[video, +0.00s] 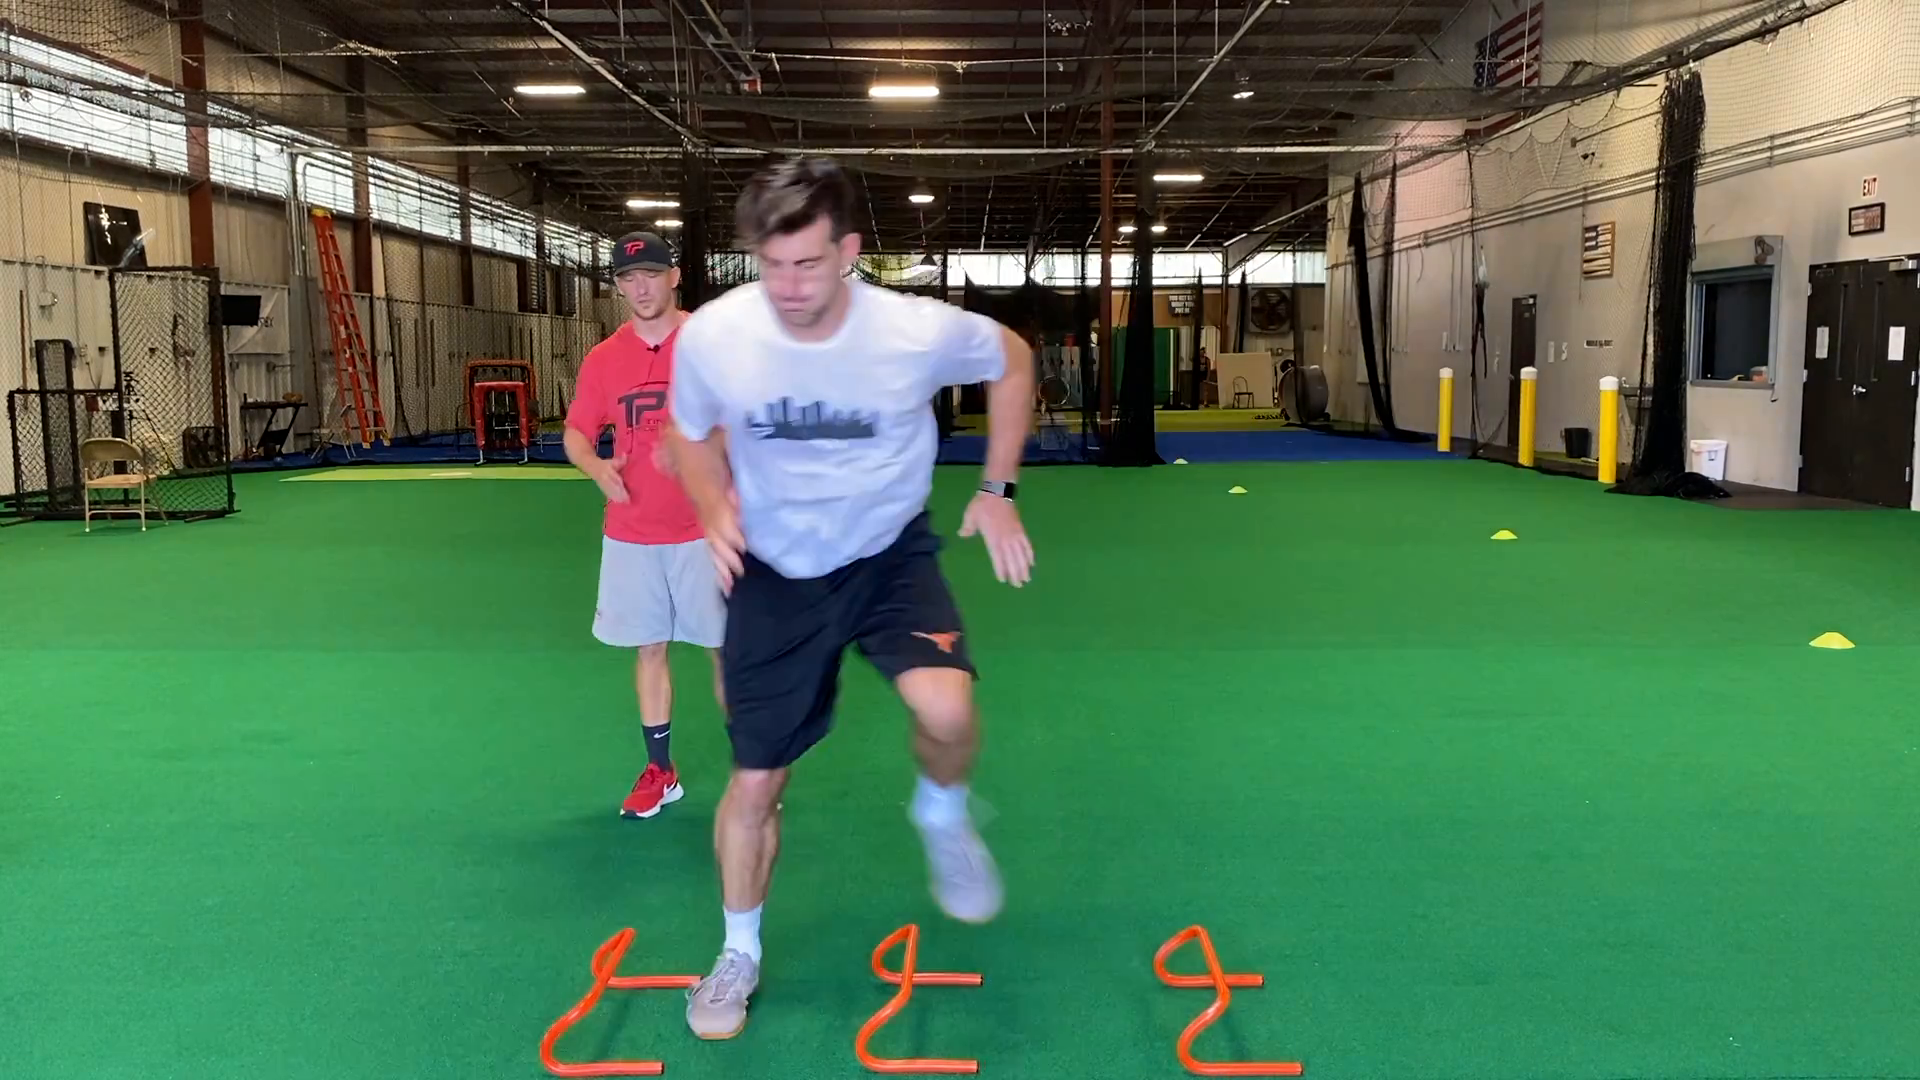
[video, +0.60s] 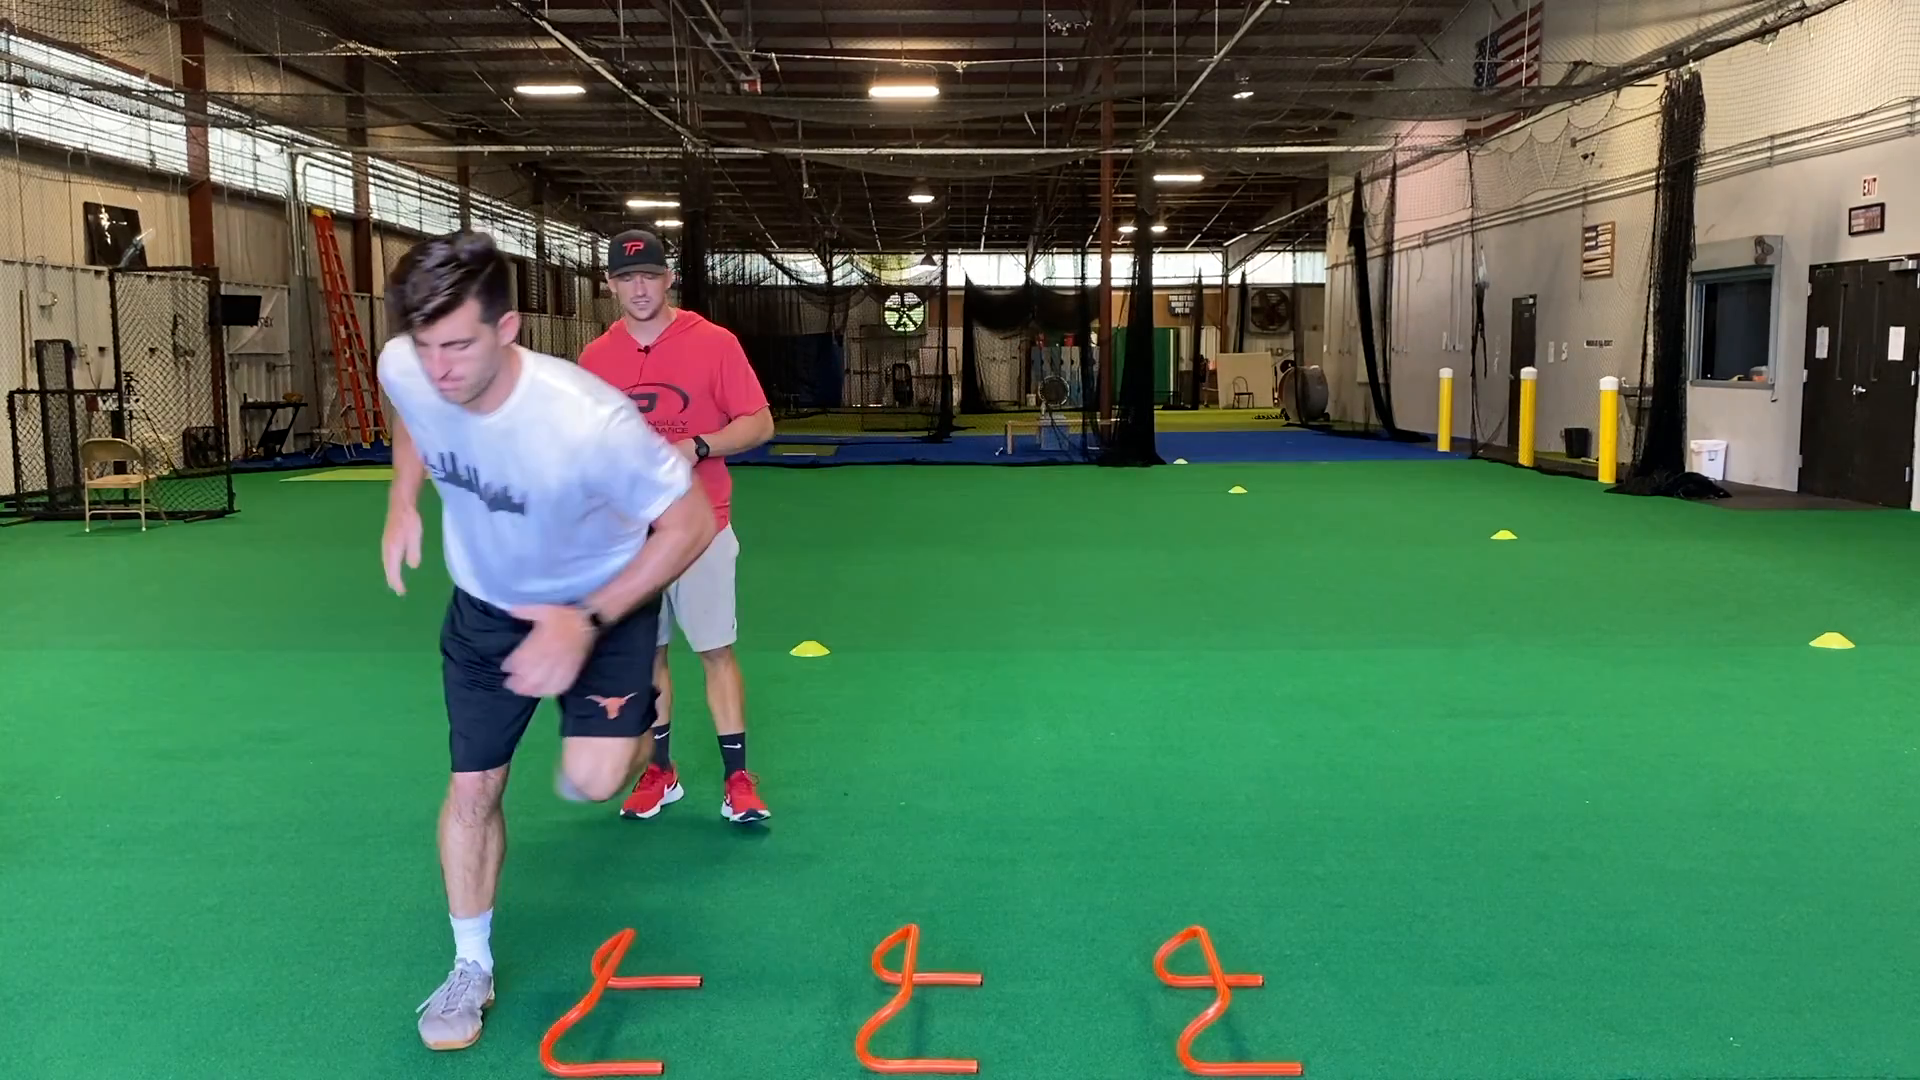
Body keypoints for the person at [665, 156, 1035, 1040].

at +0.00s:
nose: (790, 282)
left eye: (809, 264)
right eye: (775, 264)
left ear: (851, 252)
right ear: (755, 256)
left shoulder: (916, 330)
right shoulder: (711, 338)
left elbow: (1013, 358)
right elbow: (686, 435)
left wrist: (998, 488)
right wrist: (712, 507)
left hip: (893, 555)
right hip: (774, 573)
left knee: (950, 714)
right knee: (755, 781)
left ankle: (944, 818)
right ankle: (737, 953)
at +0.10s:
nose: (734, 274)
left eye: (751, 255)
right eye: (717, 256)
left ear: (792, 242)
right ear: (697, 249)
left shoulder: (862, 328)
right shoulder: (656, 318)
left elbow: (954, 384)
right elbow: (642, 397)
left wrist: (916, 513)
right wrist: (660, 507)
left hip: (833, 546)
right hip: (715, 549)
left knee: (846, 719)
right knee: (690, 741)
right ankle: (720, 922)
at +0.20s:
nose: (675, 286)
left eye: (694, 265)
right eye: (658, 267)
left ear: (735, 251)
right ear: (636, 260)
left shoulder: (807, 341)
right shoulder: (611, 318)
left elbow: (891, 436)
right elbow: (600, 373)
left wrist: (814, 528)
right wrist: (609, 486)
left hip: (768, 560)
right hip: (654, 545)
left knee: (760, 774)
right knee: (592, 694)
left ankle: (766, 939)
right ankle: (664, 831)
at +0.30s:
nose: (608, 288)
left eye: (627, 267)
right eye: (592, 267)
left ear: (672, 251)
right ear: (575, 261)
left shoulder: (748, 344)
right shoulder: (553, 327)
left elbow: (852, 418)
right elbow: (555, 398)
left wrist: (781, 535)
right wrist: (561, 520)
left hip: (721, 580)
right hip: (601, 565)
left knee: (736, 767)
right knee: (529, 715)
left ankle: (761, 937)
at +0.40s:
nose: (545, 304)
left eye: (563, 282)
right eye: (527, 287)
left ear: (609, 265)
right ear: (509, 276)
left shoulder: (682, 343)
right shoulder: (484, 341)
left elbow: (813, 390)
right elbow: (485, 420)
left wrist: (787, 525)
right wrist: (501, 512)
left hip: (687, 565)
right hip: (566, 574)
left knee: (706, 742)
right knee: (527, 757)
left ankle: (753, 873)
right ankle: (471, 952)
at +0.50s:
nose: (484, 341)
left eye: (504, 320)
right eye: (471, 320)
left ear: (553, 307)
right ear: (453, 311)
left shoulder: (630, 391)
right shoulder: (436, 364)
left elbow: (752, 438)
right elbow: (436, 432)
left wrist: (705, 567)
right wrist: (437, 539)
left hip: (638, 590)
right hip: (519, 597)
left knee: (649, 750)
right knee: (487, 784)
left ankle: (696, 762)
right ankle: (472, 969)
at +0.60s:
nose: (440, 367)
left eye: (459, 345)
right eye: (427, 347)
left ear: (508, 328)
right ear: (410, 336)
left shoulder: (590, 419)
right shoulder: (405, 368)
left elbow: (694, 519)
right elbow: (413, 423)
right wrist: (402, 503)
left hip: (606, 605)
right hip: (485, 606)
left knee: (592, 784)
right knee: (473, 784)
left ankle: (646, 693)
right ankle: (471, 966)